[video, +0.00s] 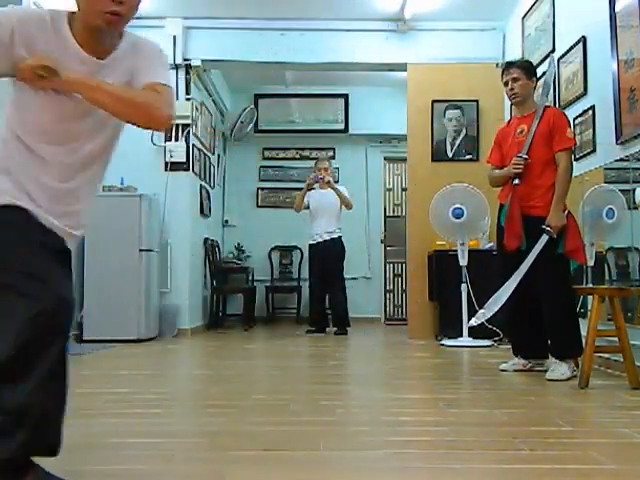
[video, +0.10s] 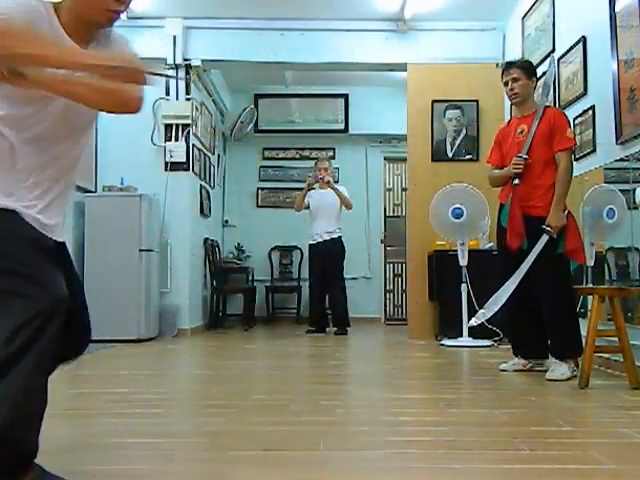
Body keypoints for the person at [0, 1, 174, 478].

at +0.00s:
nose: (124, 5)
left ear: (138, 5)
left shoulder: (141, 53)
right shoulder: (27, 26)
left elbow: (160, 114)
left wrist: (75, 83)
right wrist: (14, 66)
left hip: (60, 224)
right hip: (10, 199)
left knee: (43, 335)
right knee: (47, 306)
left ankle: (18, 456)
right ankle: (14, 455)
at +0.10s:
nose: (124, 6)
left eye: (127, 1)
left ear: (117, 9)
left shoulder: (112, 44)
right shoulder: (21, 17)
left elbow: (129, 98)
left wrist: (30, 74)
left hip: (46, 222)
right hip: (6, 207)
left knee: (71, 331)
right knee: (42, 304)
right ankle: (16, 459)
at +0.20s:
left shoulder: (64, 32)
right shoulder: (17, 12)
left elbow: (94, 72)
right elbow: (121, 21)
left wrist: (119, 90)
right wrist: (179, 40)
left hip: (29, 209)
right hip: (4, 207)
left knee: (48, 308)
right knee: (48, 300)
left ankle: (18, 454)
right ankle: (12, 456)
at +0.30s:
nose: (77, 26)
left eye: (82, 19)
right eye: (77, 15)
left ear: (61, 14)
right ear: (50, 7)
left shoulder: (49, 54)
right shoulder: (8, 30)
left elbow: (113, 89)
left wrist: (191, 116)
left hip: (14, 218)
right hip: (5, 218)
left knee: (33, 311)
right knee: (49, 301)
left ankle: (13, 450)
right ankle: (13, 455)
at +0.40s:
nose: (72, 38)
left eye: (76, 28)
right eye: (70, 24)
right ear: (32, 8)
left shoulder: (42, 65)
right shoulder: (6, 47)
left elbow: (94, 93)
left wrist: (149, 115)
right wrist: (20, 7)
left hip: (13, 223)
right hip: (3, 224)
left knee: (29, 317)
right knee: (30, 315)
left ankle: (18, 449)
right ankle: (14, 451)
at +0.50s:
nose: (66, 53)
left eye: (72, 45)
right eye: (65, 40)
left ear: (64, 42)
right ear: (36, 24)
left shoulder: (26, 86)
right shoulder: (8, 73)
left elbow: (53, 116)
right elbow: (16, 45)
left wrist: (100, 119)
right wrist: (27, 5)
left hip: (6, 225)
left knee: (11, 304)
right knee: (12, 298)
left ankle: (2, 438)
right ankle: (6, 399)